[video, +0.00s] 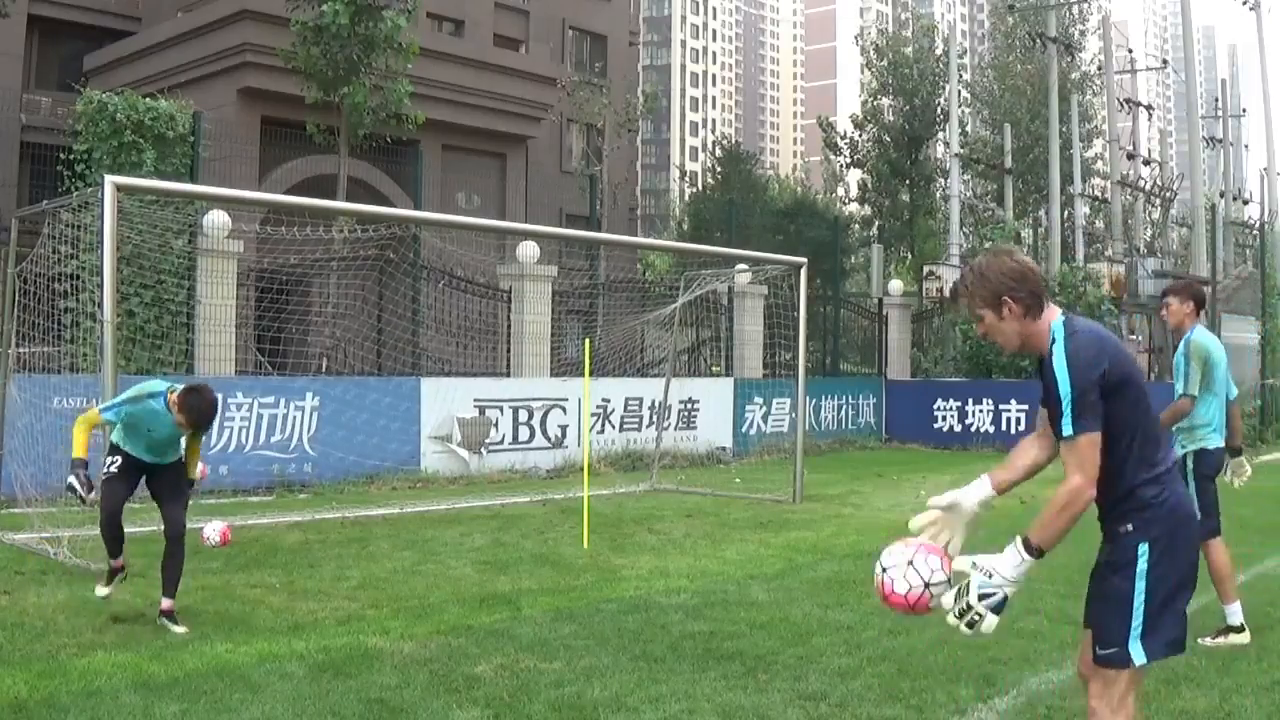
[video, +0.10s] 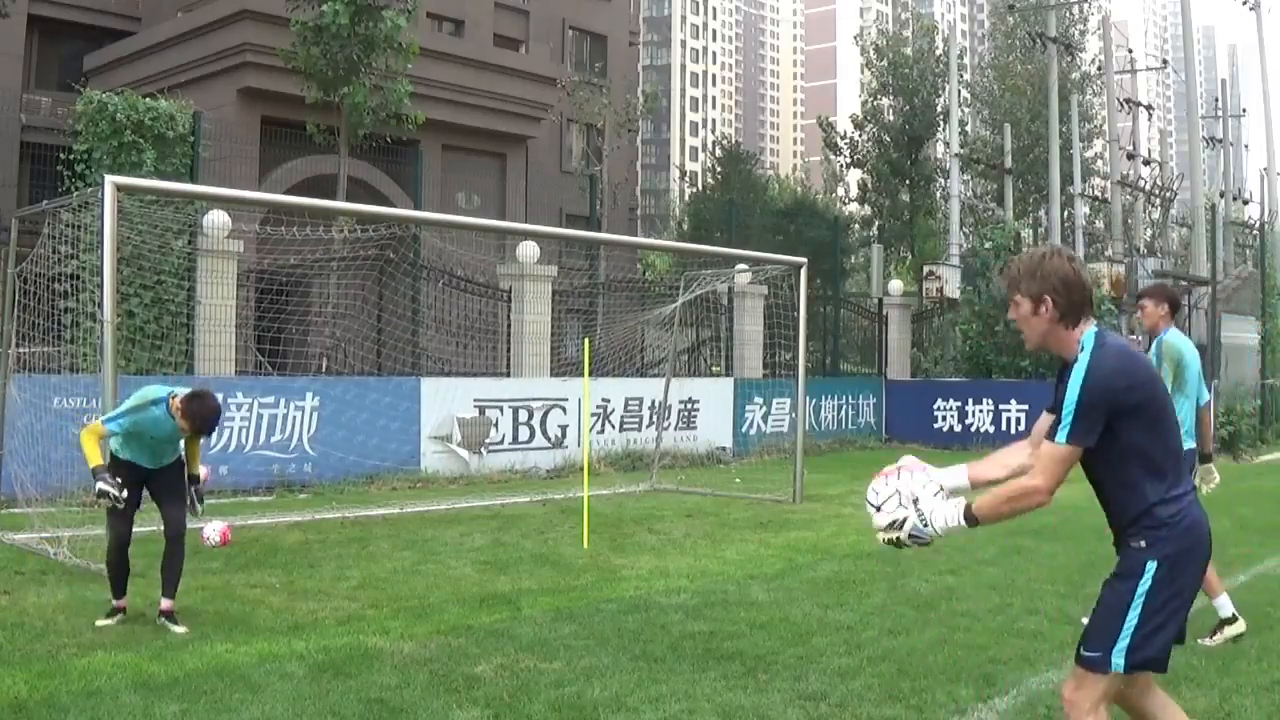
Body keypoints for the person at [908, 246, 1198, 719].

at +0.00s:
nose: (980, 332)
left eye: (980, 319)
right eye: (976, 321)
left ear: (1011, 307)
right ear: (1013, 306)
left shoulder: (1075, 354)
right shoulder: (1057, 348)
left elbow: (1082, 485)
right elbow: (1044, 440)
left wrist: (1012, 563)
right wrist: (974, 495)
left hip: (1150, 527)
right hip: (1131, 523)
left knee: (1109, 697)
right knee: (1093, 668)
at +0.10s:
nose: (1010, 315)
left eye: (1014, 302)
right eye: (1010, 303)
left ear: (1046, 307)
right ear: (1049, 307)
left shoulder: (1097, 369)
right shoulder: (1080, 363)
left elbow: (1039, 487)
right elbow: (1031, 450)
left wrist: (945, 517)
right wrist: (942, 478)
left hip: (1162, 540)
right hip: (1156, 534)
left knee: (1082, 696)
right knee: (1132, 687)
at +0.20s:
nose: (1039, 307)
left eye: (1048, 295)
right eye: (1040, 295)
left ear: (1082, 300)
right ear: (1079, 302)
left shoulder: (1120, 362)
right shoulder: (1106, 359)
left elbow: (1058, 476)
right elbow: (1052, 445)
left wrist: (960, 490)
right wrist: (964, 457)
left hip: (1164, 546)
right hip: (1175, 540)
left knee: (1077, 695)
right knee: (1161, 692)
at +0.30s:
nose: (1115, 287)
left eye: (1128, 273)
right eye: (1107, 278)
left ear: (1163, 280)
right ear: (1102, 286)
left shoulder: (1180, 352)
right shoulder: (1127, 352)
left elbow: (1142, 460)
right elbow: (1105, 445)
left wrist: (1040, 466)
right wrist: (1021, 459)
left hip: (1183, 542)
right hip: (1164, 539)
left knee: (1090, 695)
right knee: (1209, 691)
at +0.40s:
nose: (1166, 275)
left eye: (1176, 263)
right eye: (1154, 267)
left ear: (1200, 274)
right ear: (1141, 284)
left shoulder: (1219, 345)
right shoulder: (1147, 355)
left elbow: (1208, 451)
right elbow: (1139, 451)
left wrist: (1108, 459)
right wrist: (1074, 470)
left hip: (1209, 535)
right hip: (1173, 534)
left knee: (1133, 692)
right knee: (1225, 691)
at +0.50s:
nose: (1210, 270)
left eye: (1220, 259)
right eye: (1197, 262)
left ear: (1238, 271)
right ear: (1180, 278)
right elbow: (1171, 448)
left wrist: (1211, 460)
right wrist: (1126, 497)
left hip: (1256, 524)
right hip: (1203, 529)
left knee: (1191, 697)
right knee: (1247, 684)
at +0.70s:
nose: (1257, 258)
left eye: (1265, 247)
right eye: (1242, 250)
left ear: (1279, 259)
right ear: (1224, 269)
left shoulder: (1279, 333)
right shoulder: (1210, 350)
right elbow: (1212, 448)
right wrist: (1190, 516)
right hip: (1245, 544)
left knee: (1257, 700)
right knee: (1261, 694)